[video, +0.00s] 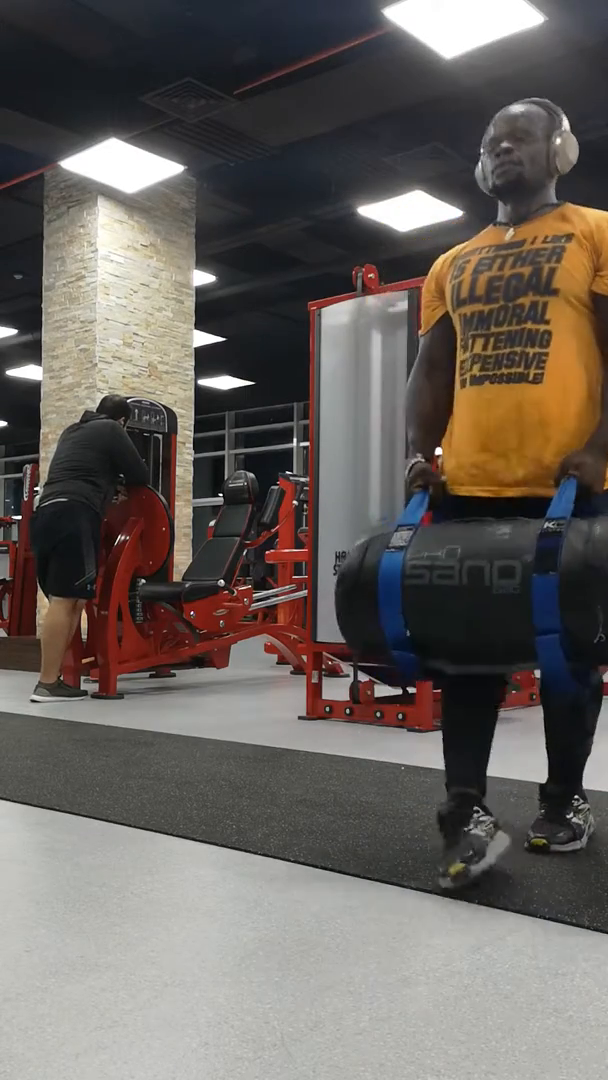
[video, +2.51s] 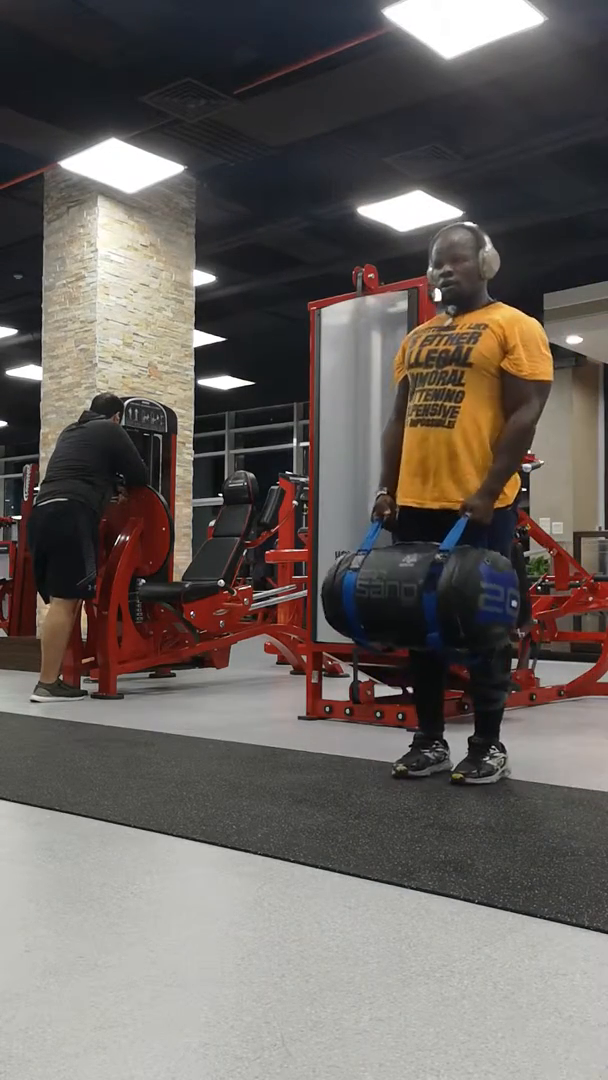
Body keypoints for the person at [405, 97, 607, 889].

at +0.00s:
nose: (496, 153)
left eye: (515, 139)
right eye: (489, 145)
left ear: (562, 151)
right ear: (480, 165)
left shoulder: (592, 231)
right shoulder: (451, 263)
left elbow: (607, 351)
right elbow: (431, 368)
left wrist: (600, 447)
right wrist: (419, 450)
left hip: (568, 482)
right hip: (467, 485)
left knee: (570, 647)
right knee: (466, 645)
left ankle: (563, 796)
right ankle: (464, 810)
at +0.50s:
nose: (467, 216)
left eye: (479, 204)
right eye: (453, 206)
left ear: (507, 208)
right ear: (434, 216)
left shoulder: (544, 282)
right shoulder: (405, 302)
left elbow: (575, 375)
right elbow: (391, 397)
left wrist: (555, 453)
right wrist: (396, 476)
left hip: (524, 494)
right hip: (434, 499)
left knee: (549, 631)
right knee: (429, 631)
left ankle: (560, 791)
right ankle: (435, 760)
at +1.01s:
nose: (450, 254)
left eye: (461, 241)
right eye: (440, 244)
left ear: (492, 232)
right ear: (428, 243)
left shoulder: (533, 295)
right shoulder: (412, 312)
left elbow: (555, 387)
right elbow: (396, 397)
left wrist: (517, 460)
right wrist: (386, 468)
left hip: (505, 493)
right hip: (422, 496)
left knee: (515, 620)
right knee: (421, 626)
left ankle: (535, 749)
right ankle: (432, 760)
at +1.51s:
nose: (460, 259)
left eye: (471, 247)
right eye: (454, 249)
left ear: (506, 244)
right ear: (449, 248)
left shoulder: (553, 307)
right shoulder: (435, 320)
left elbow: (576, 402)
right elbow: (422, 403)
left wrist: (547, 483)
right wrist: (414, 475)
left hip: (522, 503)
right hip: (447, 503)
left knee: (533, 625)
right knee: (440, 620)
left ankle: (535, 758)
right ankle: (445, 744)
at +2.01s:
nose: (396, 298)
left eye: (401, 286)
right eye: (395, 288)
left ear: (431, 276)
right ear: (425, 283)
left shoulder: (497, 320)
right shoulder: (402, 354)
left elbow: (520, 401)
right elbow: (393, 428)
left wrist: (495, 482)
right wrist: (387, 492)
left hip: (487, 506)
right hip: (416, 512)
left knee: (509, 622)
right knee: (416, 624)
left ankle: (529, 754)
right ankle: (430, 742)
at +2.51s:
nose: (441, 270)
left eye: (453, 260)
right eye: (436, 262)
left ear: (485, 264)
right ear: (432, 271)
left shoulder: (515, 326)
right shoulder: (416, 338)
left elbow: (525, 416)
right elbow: (398, 415)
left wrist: (488, 494)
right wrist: (387, 484)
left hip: (484, 505)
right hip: (417, 505)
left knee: (485, 620)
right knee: (419, 619)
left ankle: (486, 745)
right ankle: (429, 740)